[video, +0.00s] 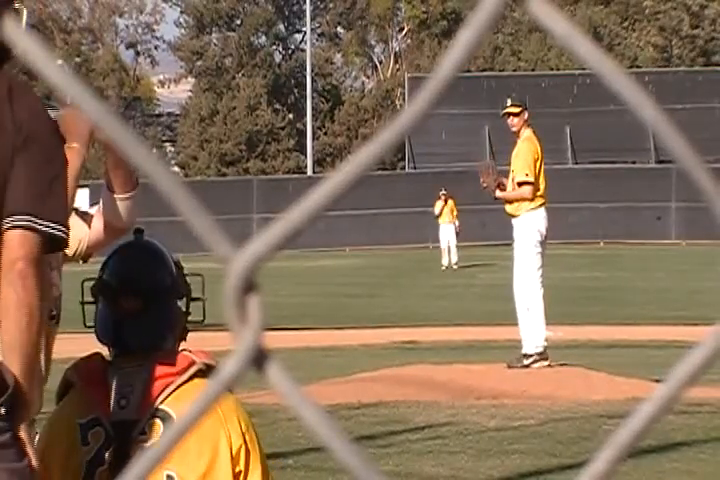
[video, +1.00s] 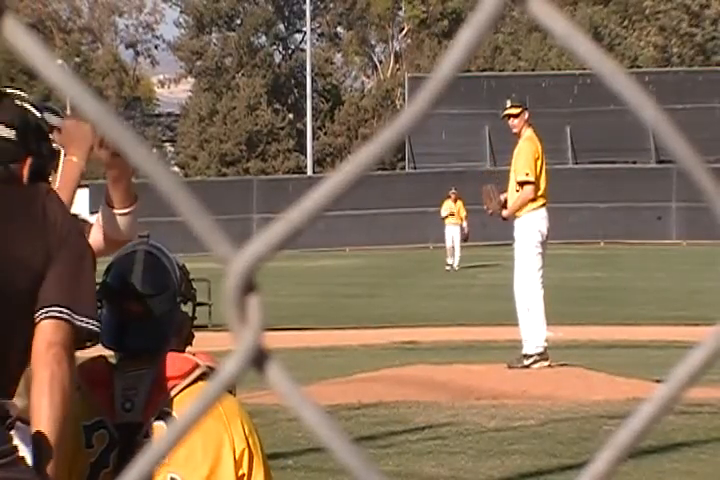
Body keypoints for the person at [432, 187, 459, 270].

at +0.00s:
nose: (443, 196)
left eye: (445, 194)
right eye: (442, 195)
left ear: (447, 195)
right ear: (440, 195)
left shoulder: (450, 202)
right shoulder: (438, 202)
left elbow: (454, 212)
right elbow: (436, 212)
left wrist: (456, 223)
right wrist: (442, 203)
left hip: (451, 223)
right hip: (442, 224)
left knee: (453, 243)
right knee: (443, 244)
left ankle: (454, 262)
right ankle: (444, 263)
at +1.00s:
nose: (453, 196)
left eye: (454, 194)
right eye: (452, 194)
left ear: (456, 195)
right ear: (449, 194)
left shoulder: (459, 203)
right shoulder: (446, 203)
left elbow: (463, 214)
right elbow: (442, 214)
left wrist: (465, 226)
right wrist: (448, 212)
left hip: (457, 224)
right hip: (449, 224)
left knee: (457, 244)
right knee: (449, 244)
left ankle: (456, 263)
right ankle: (449, 261)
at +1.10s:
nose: (453, 195)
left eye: (454, 193)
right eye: (451, 193)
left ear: (456, 195)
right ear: (449, 194)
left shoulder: (459, 203)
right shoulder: (446, 203)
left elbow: (463, 214)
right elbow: (443, 212)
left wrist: (464, 224)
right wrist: (445, 219)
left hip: (456, 224)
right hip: (449, 224)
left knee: (456, 244)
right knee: (448, 244)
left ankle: (457, 262)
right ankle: (449, 262)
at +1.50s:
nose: (445, 196)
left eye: (447, 194)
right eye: (444, 194)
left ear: (449, 195)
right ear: (442, 195)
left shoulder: (454, 203)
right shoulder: (441, 205)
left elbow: (458, 215)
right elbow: (439, 218)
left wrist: (458, 225)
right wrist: (437, 229)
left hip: (453, 225)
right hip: (445, 225)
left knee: (453, 244)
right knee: (445, 245)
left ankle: (456, 262)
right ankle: (447, 263)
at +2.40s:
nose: (439, 195)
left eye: (441, 193)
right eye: (438, 193)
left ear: (443, 194)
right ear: (435, 194)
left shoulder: (446, 203)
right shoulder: (434, 204)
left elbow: (450, 217)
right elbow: (432, 216)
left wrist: (446, 229)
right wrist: (428, 228)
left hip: (444, 225)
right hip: (437, 225)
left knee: (444, 246)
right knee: (433, 244)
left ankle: (444, 265)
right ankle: (437, 260)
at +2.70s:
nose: (430, 201)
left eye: (432, 199)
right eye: (429, 199)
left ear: (435, 199)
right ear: (428, 200)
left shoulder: (440, 207)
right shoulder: (429, 208)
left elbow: (445, 223)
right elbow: (428, 220)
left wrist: (441, 230)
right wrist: (425, 231)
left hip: (441, 228)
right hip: (433, 229)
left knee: (442, 248)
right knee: (430, 248)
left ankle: (443, 265)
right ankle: (427, 265)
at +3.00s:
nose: (426, 205)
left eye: (427, 203)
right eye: (425, 203)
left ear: (430, 204)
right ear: (423, 204)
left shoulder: (434, 209)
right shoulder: (424, 212)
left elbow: (443, 214)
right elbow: (424, 222)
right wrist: (427, 232)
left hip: (440, 230)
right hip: (432, 231)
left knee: (443, 247)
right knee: (428, 248)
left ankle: (451, 262)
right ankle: (426, 266)